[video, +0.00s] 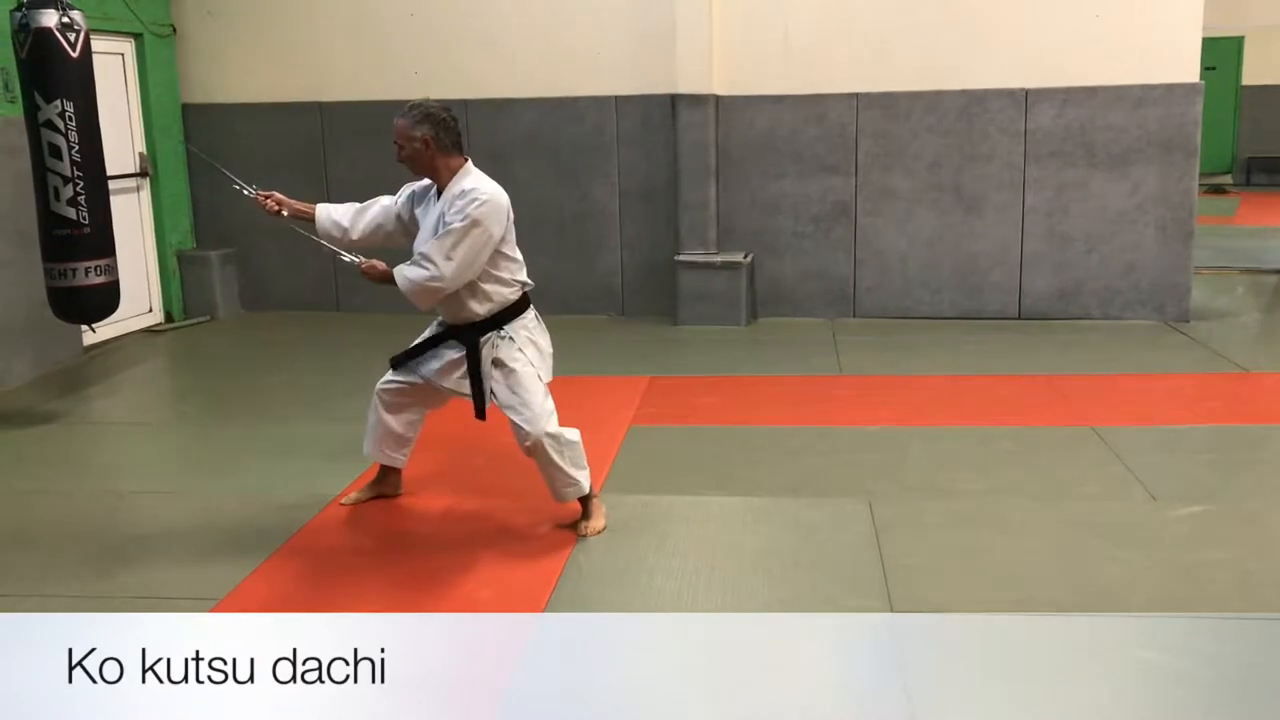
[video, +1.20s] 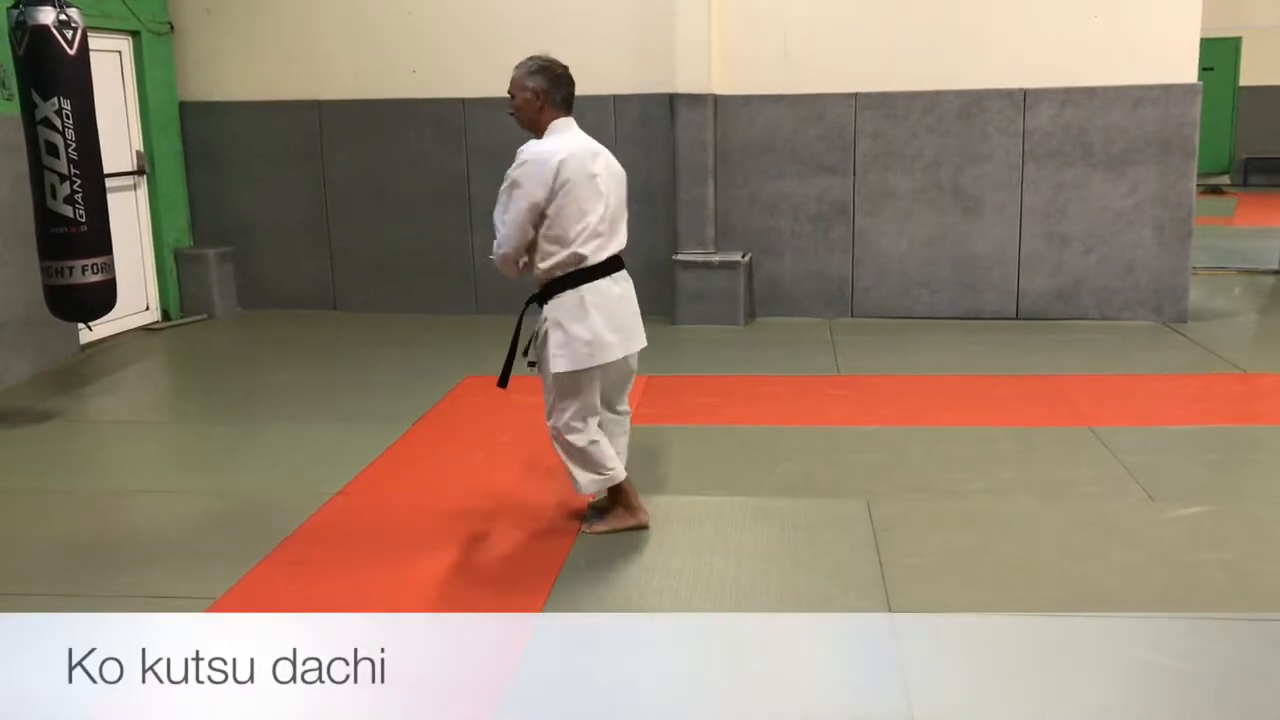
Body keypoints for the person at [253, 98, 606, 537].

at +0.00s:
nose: (396, 153)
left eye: (401, 144)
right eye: (395, 145)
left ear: (430, 144)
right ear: (431, 145)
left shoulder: (482, 200)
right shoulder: (421, 196)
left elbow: (441, 277)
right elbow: (366, 219)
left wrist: (392, 275)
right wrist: (296, 209)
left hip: (507, 331)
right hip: (455, 332)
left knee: (536, 429)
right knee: (393, 393)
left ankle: (588, 501)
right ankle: (388, 479)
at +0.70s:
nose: (452, 145)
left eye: (458, 137)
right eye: (451, 136)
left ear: (488, 140)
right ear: (486, 141)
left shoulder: (540, 204)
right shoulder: (463, 189)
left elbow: (494, 272)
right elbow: (402, 214)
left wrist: (439, 274)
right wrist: (338, 206)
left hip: (538, 329)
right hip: (481, 323)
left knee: (537, 431)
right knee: (423, 402)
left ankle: (597, 499)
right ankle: (391, 479)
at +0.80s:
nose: (466, 128)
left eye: (472, 120)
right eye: (466, 119)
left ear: (502, 123)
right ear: (501, 124)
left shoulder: (552, 186)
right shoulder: (483, 174)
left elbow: (513, 260)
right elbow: (431, 204)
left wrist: (456, 266)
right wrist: (360, 201)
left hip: (565, 314)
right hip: (512, 310)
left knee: (554, 421)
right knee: (463, 387)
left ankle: (597, 499)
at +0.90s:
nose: (475, 115)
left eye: (482, 106)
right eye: (476, 106)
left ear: (510, 109)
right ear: (508, 108)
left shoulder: (556, 170)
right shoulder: (503, 165)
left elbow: (517, 250)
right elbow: (454, 203)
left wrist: (468, 256)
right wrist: (386, 205)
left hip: (579, 305)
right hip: (534, 305)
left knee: (569, 410)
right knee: (505, 390)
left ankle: (600, 498)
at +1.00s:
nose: (488, 105)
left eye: (494, 97)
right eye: (489, 96)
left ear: (521, 99)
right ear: (522, 100)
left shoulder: (558, 156)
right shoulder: (528, 154)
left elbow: (522, 238)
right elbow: (485, 203)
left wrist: (479, 248)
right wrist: (427, 218)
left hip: (582, 299)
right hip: (551, 299)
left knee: (568, 407)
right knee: (542, 399)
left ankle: (610, 498)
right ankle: (607, 475)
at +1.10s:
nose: (499, 104)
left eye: (504, 94)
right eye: (500, 94)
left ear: (531, 96)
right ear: (536, 96)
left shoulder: (552, 155)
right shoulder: (565, 145)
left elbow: (516, 242)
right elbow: (523, 219)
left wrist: (485, 249)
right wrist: (482, 234)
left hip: (579, 303)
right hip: (595, 294)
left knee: (569, 415)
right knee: (585, 408)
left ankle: (628, 507)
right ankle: (610, 497)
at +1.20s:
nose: (509, 106)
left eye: (515, 96)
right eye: (509, 96)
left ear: (540, 98)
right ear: (556, 100)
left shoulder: (538, 157)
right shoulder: (602, 155)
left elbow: (507, 250)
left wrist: (526, 265)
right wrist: (543, 259)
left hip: (574, 311)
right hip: (619, 300)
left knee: (570, 418)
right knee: (613, 408)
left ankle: (627, 506)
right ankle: (612, 494)